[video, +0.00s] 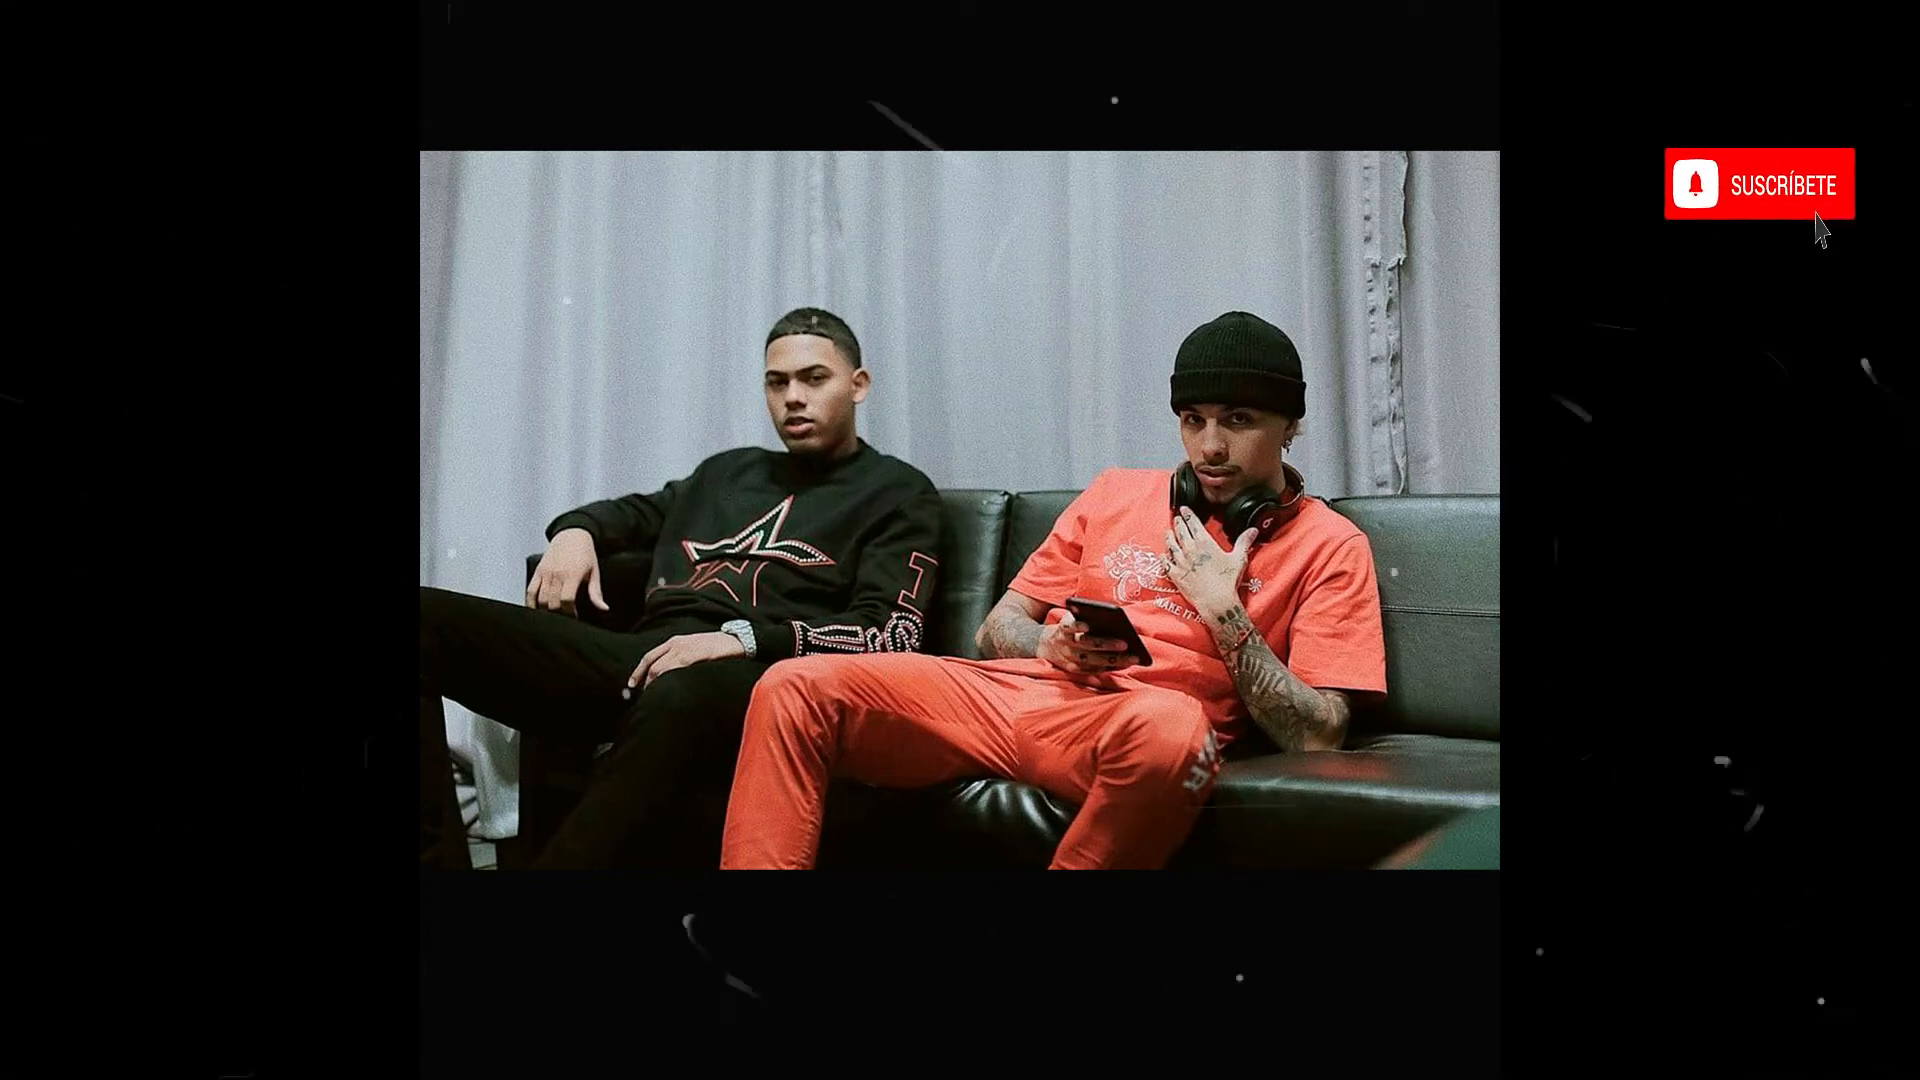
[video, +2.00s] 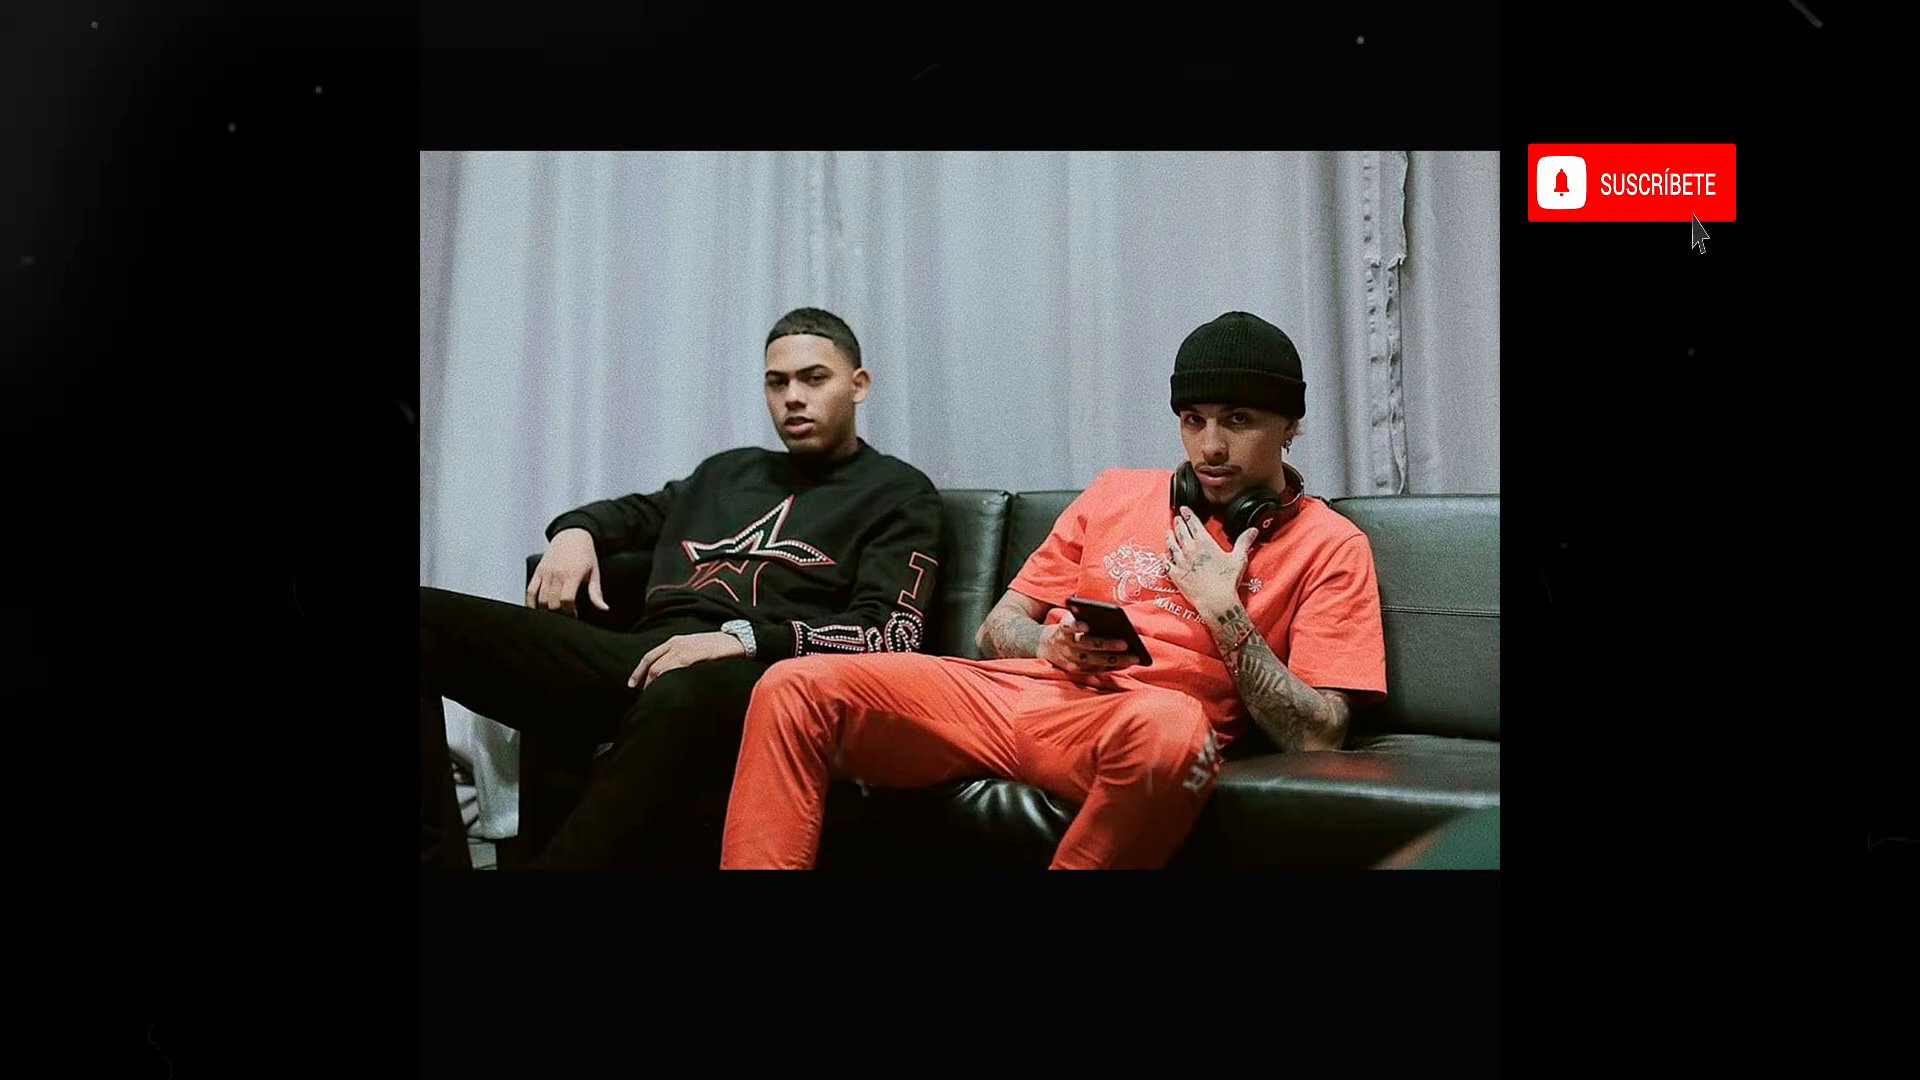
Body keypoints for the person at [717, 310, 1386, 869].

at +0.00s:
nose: (1210, 445)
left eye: (1238, 421)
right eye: (1195, 420)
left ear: (1288, 428)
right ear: (1178, 422)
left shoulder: (1328, 546)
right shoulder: (1117, 493)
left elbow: (1318, 736)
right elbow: (999, 626)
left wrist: (1227, 615)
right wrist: (1052, 646)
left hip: (1132, 707)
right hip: (1014, 685)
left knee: (1170, 745)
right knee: (792, 693)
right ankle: (750, 949)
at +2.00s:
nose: (1210, 445)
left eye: (1238, 421)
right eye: (1195, 419)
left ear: (1288, 429)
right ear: (1179, 422)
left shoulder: (1329, 546)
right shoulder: (1118, 493)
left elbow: (1318, 734)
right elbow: (999, 626)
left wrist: (1227, 615)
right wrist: (1051, 647)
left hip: (1131, 708)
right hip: (1014, 685)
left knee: (1171, 745)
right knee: (792, 693)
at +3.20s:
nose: (1210, 445)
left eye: (1238, 421)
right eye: (1196, 419)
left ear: (1289, 428)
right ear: (1179, 422)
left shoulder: (1328, 546)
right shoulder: (1117, 493)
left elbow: (1318, 736)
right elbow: (999, 627)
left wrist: (1227, 615)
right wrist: (1053, 647)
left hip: (1130, 709)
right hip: (1013, 686)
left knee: (1171, 745)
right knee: (791, 694)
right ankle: (761, 929)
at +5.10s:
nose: (1210, 445)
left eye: (1237, 421)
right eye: (1196, 419)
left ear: (1289, 429)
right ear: (1179, 422)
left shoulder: (1328, 546)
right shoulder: (1117, 493)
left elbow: (1318, 734)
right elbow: (999, 626)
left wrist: (1227, 615)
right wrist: (1051, 647)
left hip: (1132, 708)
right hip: (1013, 685)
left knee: (1170, 745)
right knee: (791, 694)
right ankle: (759, 902)